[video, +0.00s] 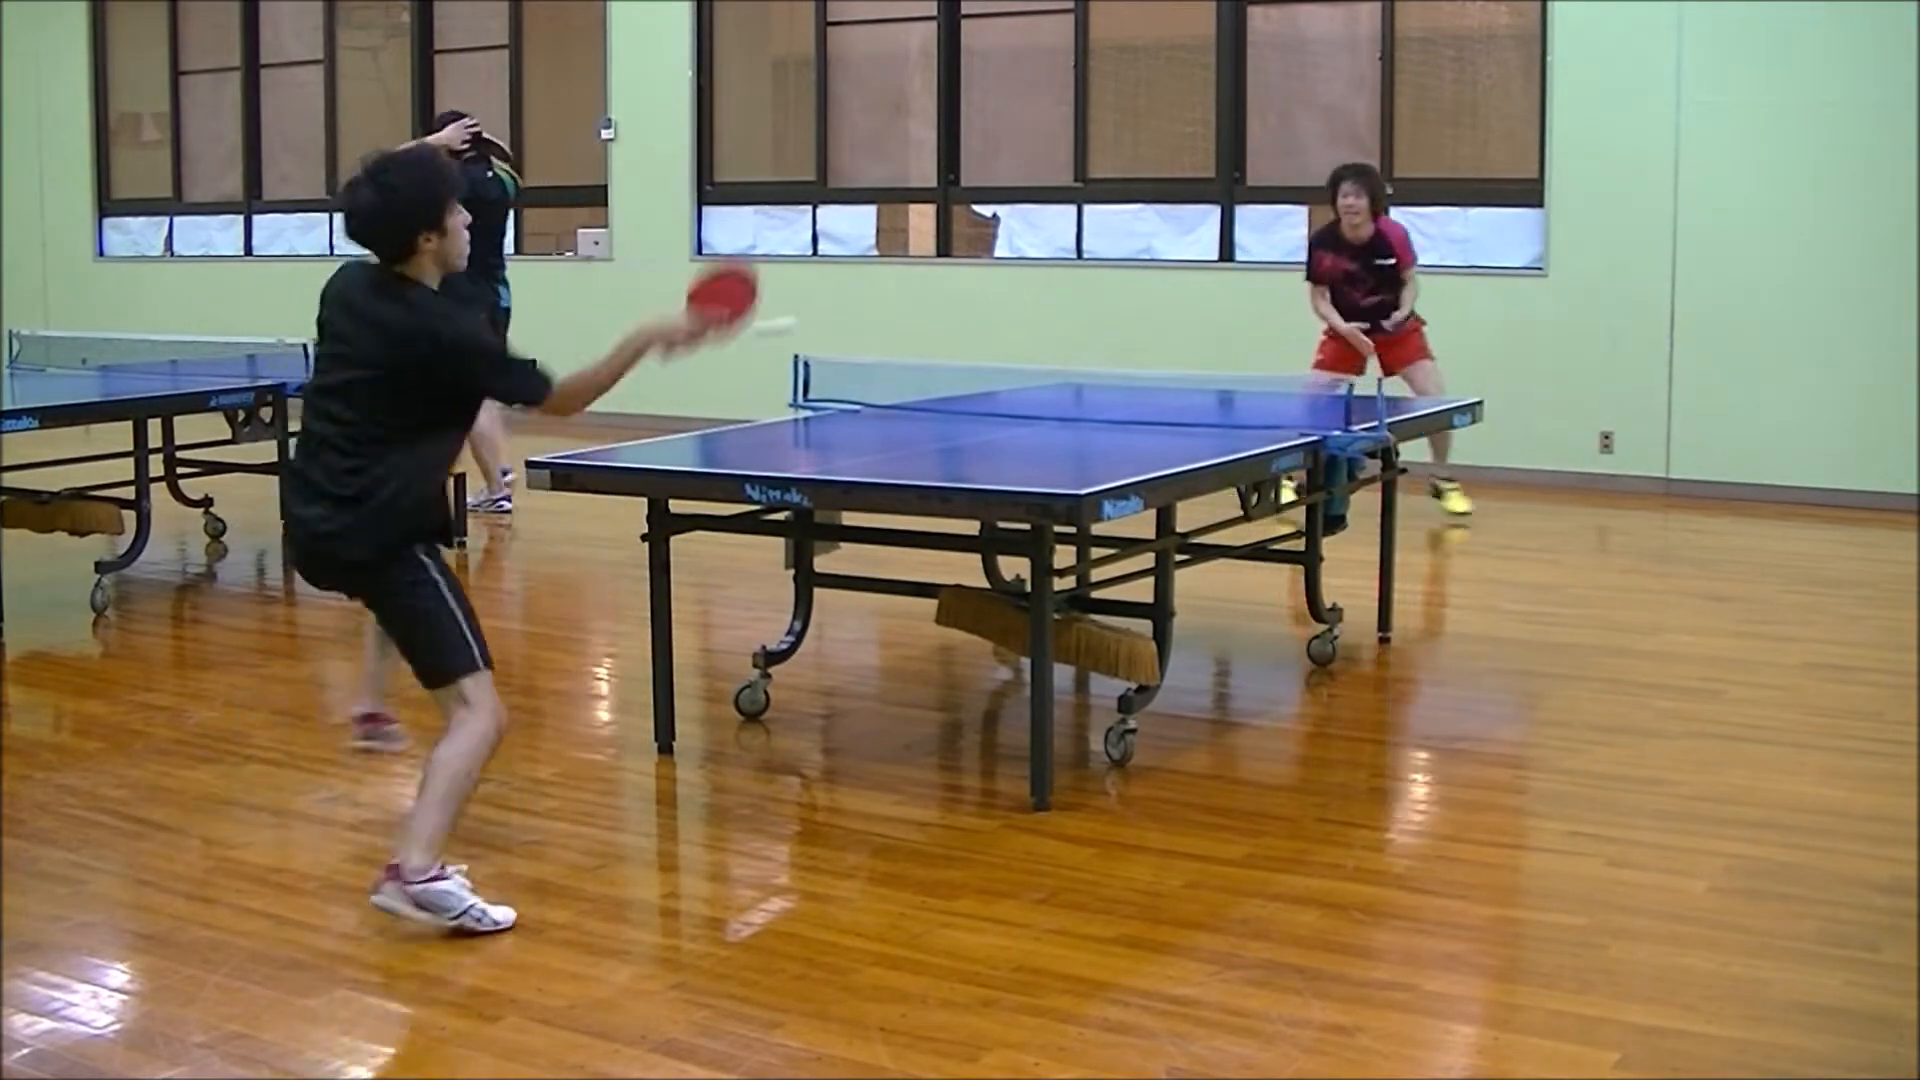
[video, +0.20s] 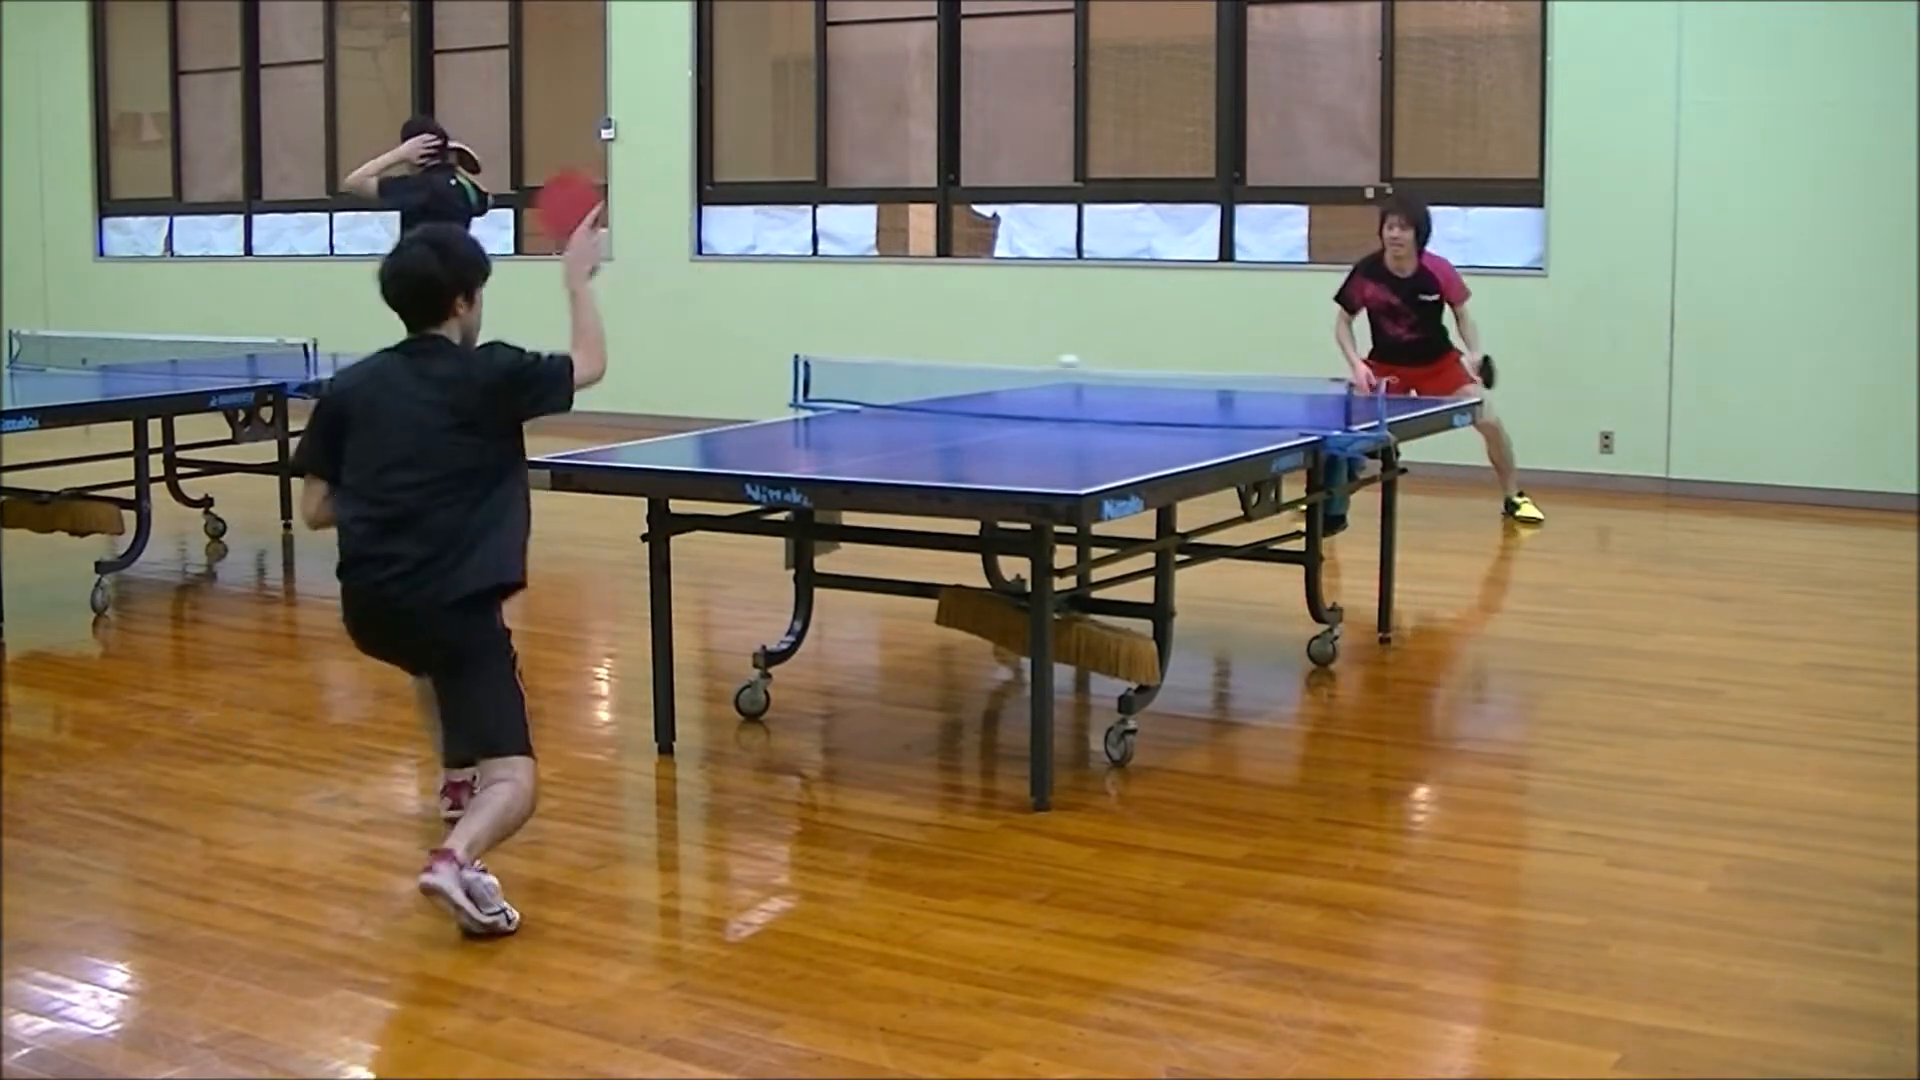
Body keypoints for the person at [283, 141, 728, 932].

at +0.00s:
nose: (470, 226)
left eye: (463, 213)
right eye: (458, 217)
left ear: (394, 234)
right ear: (425, 239)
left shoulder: (344, 287)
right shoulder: (444, 328)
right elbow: (559, 401)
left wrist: (422, 153)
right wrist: (643, 340)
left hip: (313, 521)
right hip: (382, 536)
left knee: (401, 570)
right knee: (479, 709)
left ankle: (369, 705)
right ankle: (415, 870)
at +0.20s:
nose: (482, 303)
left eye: (477, 290)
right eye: (478, 293)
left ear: (401, 302)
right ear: (462, 301)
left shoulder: (352, 387)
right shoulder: (491, 373)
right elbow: (588, 364)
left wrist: (388, 481)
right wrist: (578, 277)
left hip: (369, 613)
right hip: (457, 612)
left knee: (432, 660)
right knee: (513, 777)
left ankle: (456, 775)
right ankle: (457, 858)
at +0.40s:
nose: (487, 272)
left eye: (483, 260)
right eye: (484, 262)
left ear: (405, 269)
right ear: (472, 272)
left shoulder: (362, 344)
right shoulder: (505, 346)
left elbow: (284, 436)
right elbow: (538, 469)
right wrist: (487, 435)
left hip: (379, 561)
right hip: (463, 568)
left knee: (441, 640)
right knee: (498, 736)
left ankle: (455, 774)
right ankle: (458, 840)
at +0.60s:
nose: (499, 168)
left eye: (497, 156)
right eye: (496, 156)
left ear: (411, 156)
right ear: (479, 163)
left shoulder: (365, 220)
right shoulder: (490, 237)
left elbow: (285, 284)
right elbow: (515, 366)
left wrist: (237, 391)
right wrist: (481, 428)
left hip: (355, 448)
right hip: (435, 453)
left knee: (415, 610)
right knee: (487, 637)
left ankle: (441, 772)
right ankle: (432, 805)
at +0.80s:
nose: (498, 178)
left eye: (494, 165)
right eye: (493, 166)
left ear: (416, 172)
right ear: (475, 176)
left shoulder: (362, 245)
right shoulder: (479, 263)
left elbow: (292, 349)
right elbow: (497, 386)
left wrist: (308, 429)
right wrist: (509, 443)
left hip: (334, 478)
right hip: (415, 493)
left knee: (346, 612)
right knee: (476, 672)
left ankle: (289, 765)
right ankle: (428, 852)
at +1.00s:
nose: (479, 241)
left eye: (478, 226)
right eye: (476, 227)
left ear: (402, 231)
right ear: (455, 234)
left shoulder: (352, 297)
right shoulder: (440, 319)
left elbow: (331, 409)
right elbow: (480, 446)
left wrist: (429, 437)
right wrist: (558, 457)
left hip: (293, 516)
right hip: (366, 531)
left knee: (317, 641)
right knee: (492, 681)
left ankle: (243, 782)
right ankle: (428, 852)